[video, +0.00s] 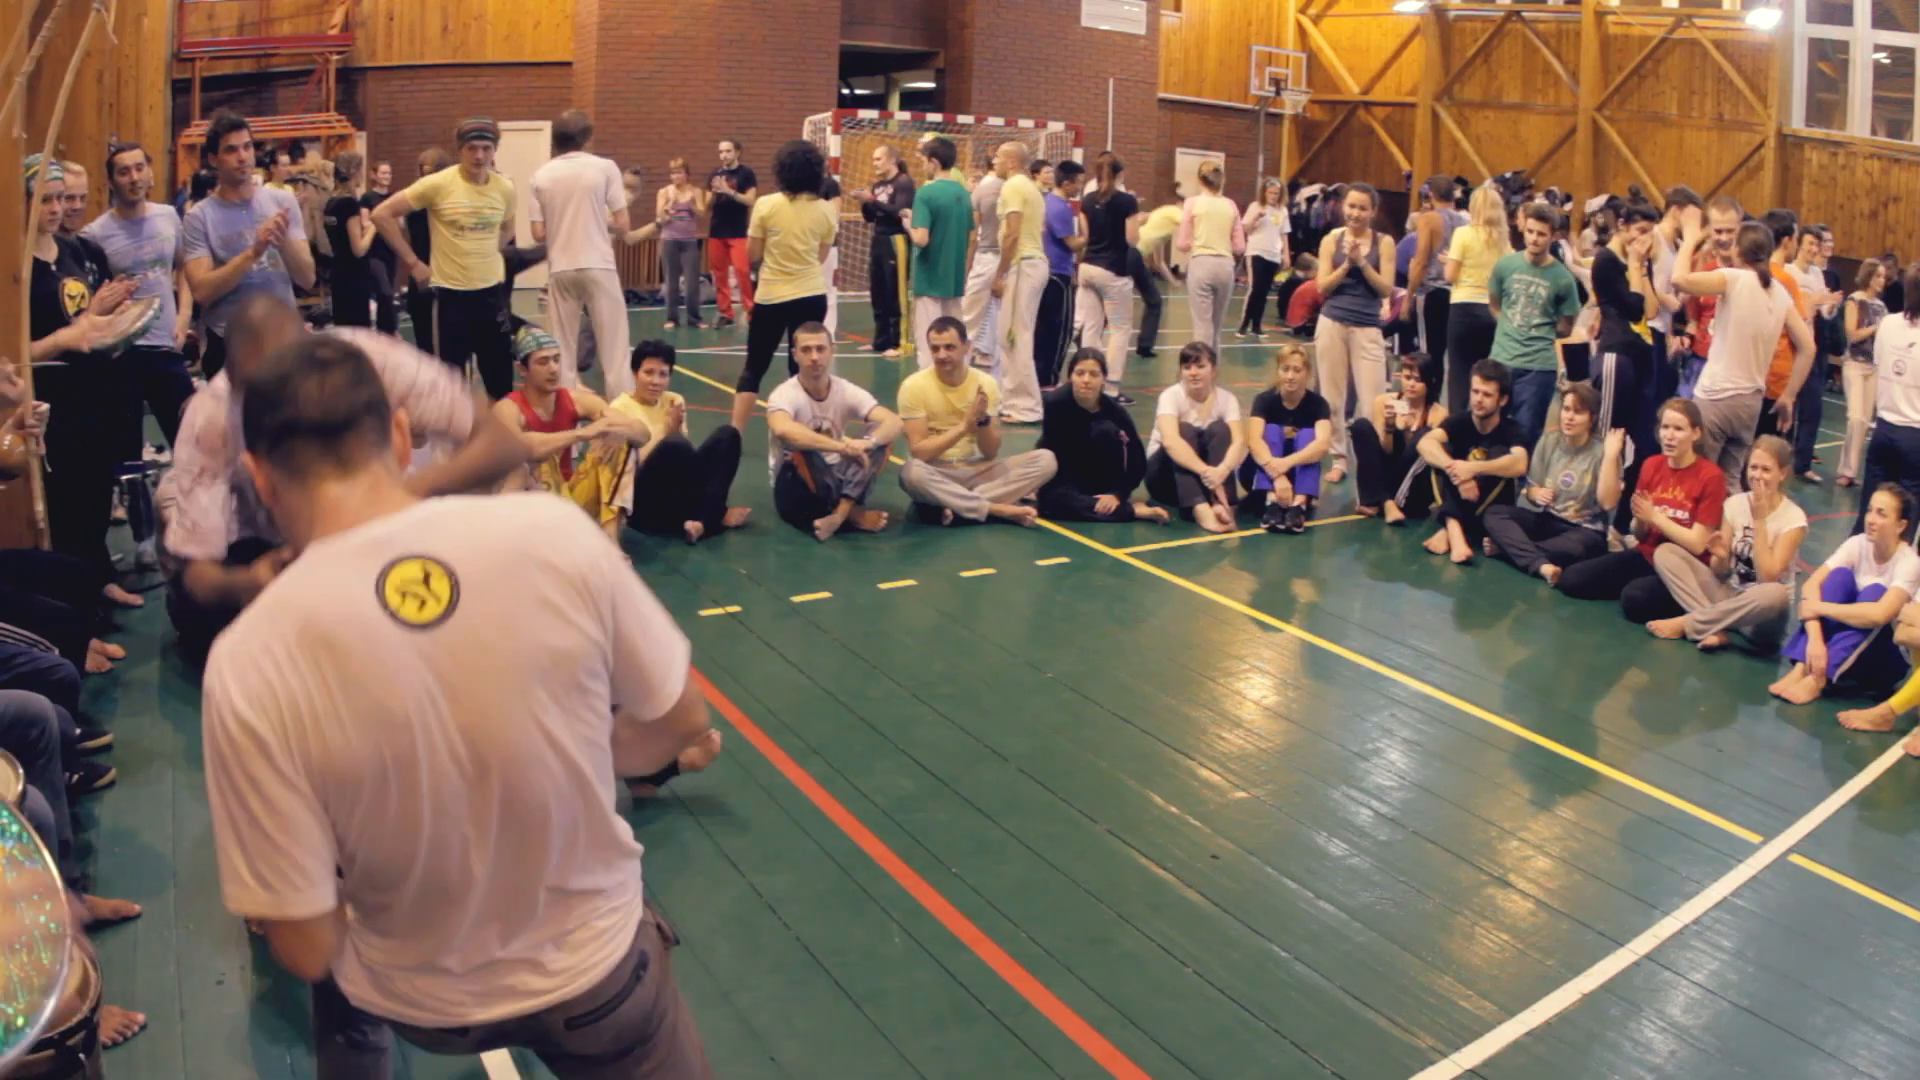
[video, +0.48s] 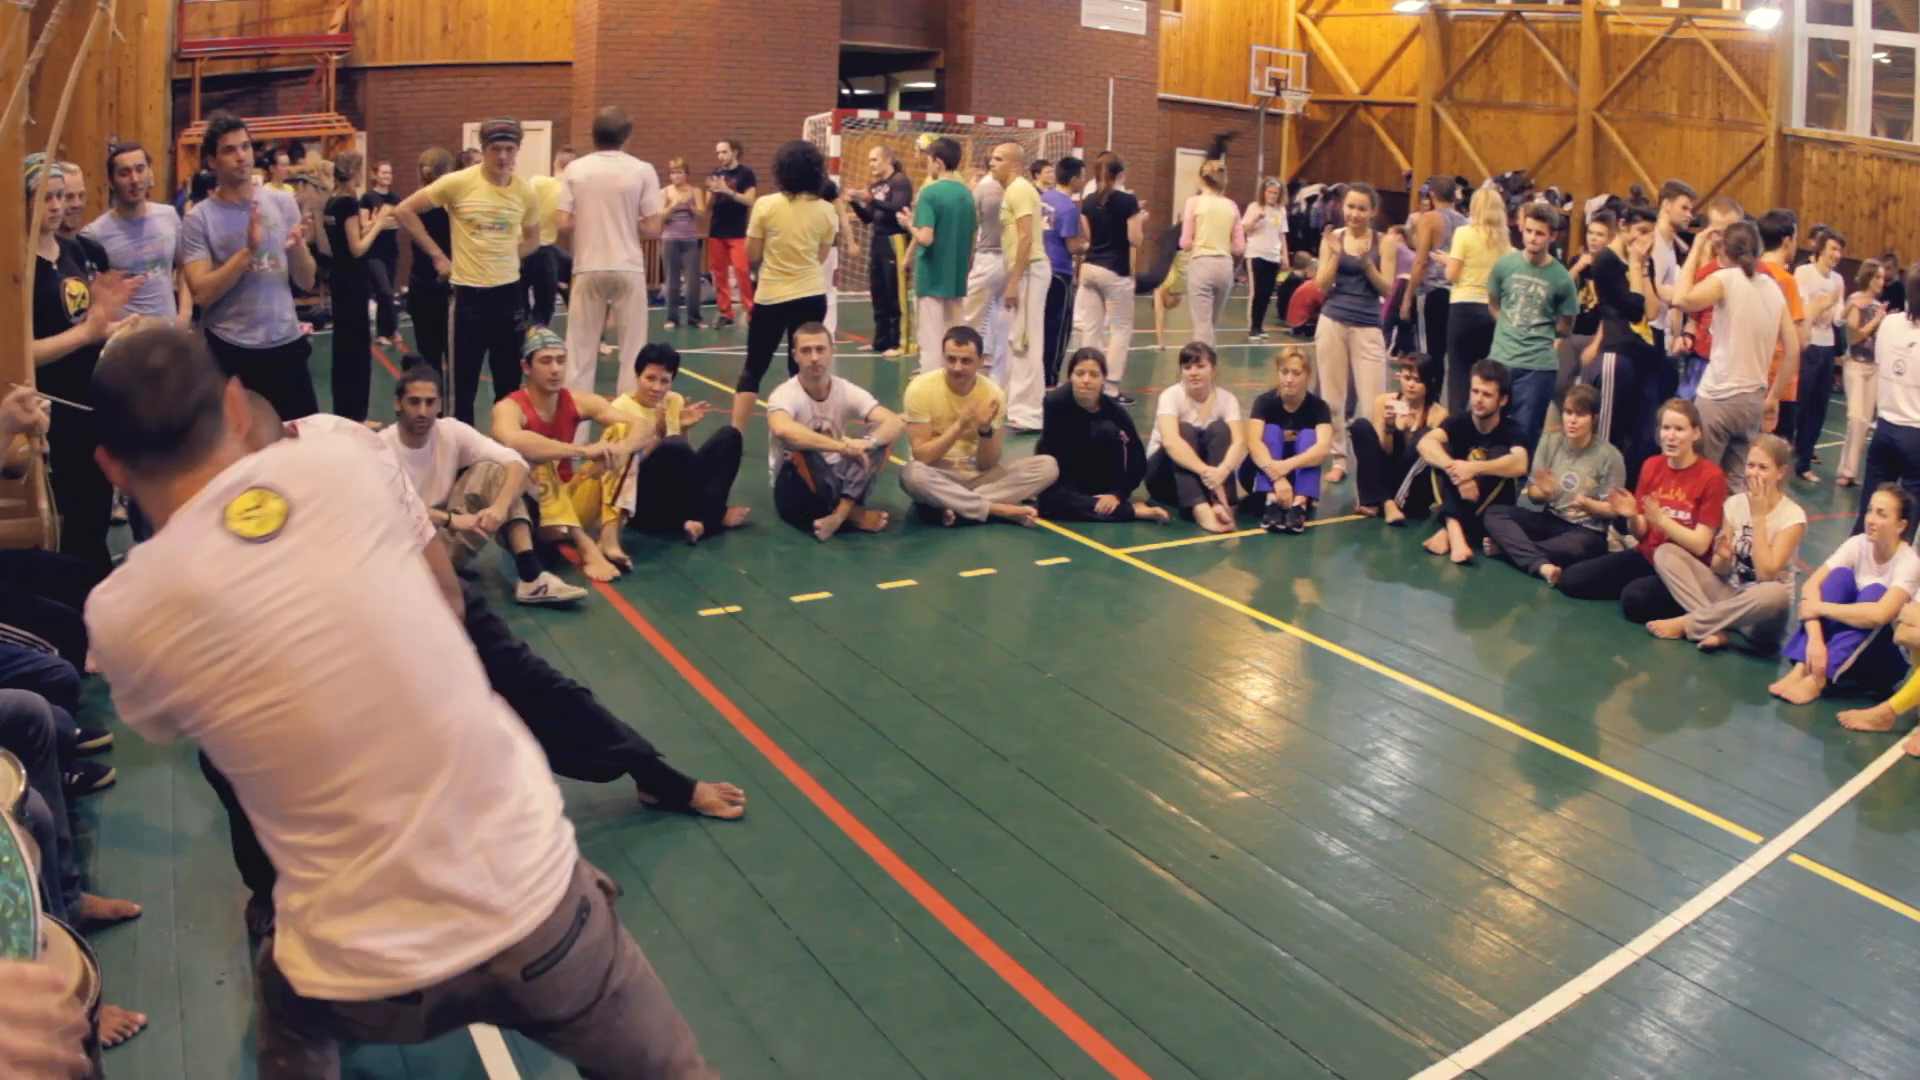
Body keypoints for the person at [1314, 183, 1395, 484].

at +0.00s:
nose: (1356, 213)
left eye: (1362, 208)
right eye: (1351, 207)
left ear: (1373, 212)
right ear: (1343, 207)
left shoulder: (1384, 242)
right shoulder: (1331, 240)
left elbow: (1386, 288)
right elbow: (1322, 286)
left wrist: (1362, 263)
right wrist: (1346, 265)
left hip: (1367, 325)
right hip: (1331, 322)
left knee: (1371, 396)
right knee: (1333, 395)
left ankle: (1370, 460)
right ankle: (1338, 457)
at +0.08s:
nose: (1356, 213)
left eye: (1362, 208)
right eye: (1351, 206)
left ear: (1372, 211)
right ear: (1343, 207)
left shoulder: (1384, 242)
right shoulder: (1331, 240)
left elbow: (1388, 289)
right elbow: (1321, 286)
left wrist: (1366, 264)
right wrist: (1341, 263)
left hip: (1367, 325)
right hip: (1331, 321)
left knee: (1371, 396)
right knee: (1333, 395)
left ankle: (1370, 460)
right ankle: (1338, 456)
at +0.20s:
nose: (1355, 213)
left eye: (1362, 208)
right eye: (1351, 207)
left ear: (1373, 211)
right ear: (1343, 207)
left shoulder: (1384, 242)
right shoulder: (1331, 240)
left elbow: (1386, 289)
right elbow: (1322, 287)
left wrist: (1367, 265)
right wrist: (1338, 262)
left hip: (1367, 323)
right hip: (1331, 320)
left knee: (1371, 396)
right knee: (1333, 395)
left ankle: (1370, 460)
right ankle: (1338, 457)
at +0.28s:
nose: (1355, 213)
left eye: (1362, 208)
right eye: (1351, 207)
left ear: (1372, 211)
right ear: (1343, 207)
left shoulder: (1384, 242)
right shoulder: (1331, 240)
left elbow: (1384, 287)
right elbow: (1324, 286)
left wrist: (1360, 262)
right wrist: (1344, 262)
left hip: (1367, 324)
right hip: (1331, 321)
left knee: (1371, 396)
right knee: (1333, 395)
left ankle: (1370, 461)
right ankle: (1338, 456)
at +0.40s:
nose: (1355, 213)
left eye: (1361, 208)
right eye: (1350, 207)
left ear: (1372, 212)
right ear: (1343, 208)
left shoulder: (1384, 242)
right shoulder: (1332, 240)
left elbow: (1387, 288)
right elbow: (1321, 285)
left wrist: (1365, 262)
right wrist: (1336, 257)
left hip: (1367, 323)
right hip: (1331, 320)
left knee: (1371, 397)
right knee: (1333, 396)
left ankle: (1370, 461)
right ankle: (1338, 457)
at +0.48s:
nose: (1355, 213)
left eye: (1361, 208)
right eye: (1350, 207)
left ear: (1372, 212)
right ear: (1343, 208)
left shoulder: (1385, 242)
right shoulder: (1331, 238)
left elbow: (1386, 288)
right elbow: (1322, 285)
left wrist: (1367, 264)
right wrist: (1334, 255)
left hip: (1367, 324)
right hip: (1331, 320)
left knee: (1370, 397)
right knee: (1333, 396)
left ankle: (1370, 462)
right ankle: (1338, 457)